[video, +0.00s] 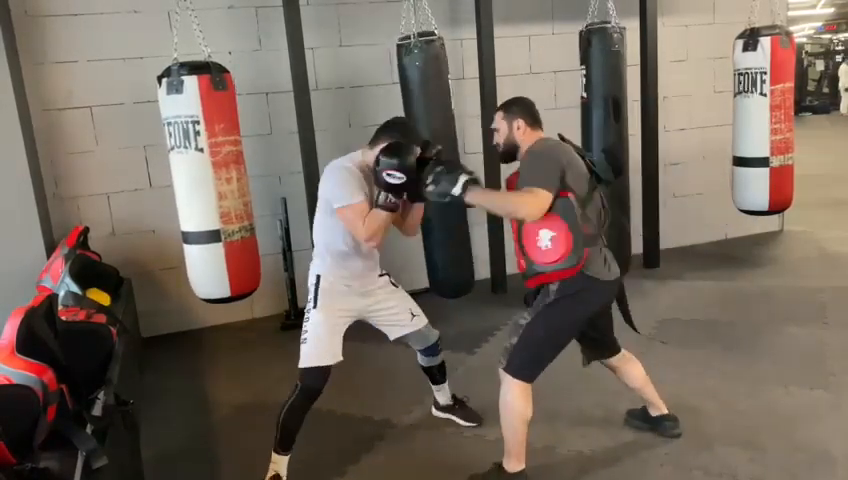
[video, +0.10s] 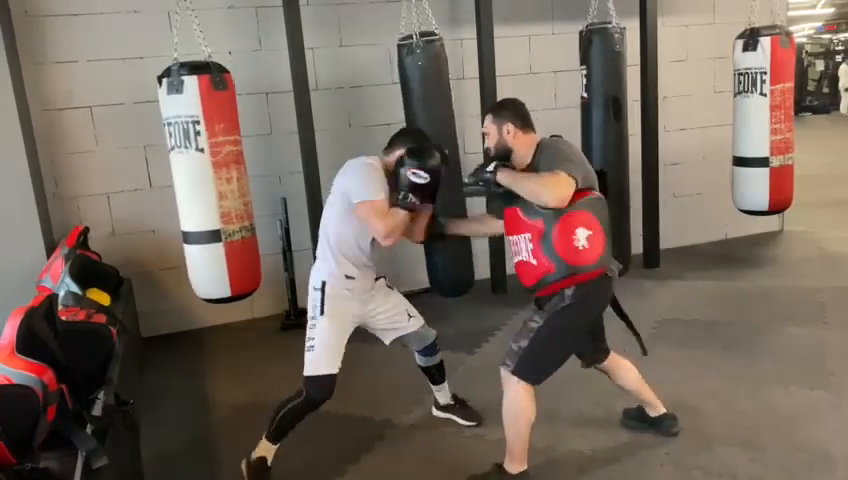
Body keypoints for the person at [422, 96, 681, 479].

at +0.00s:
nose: (493, 136)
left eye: (497, 128)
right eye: (493, 129)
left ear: (519, 125)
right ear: (529, 125)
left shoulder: (542, 153)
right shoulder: (560, 150)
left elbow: (531, 206)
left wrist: (465, 189)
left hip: (577, 284)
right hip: (598, 276)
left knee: (516, 372)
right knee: (610, 352)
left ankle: (513, 466)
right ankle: (660, 413)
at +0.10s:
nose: (487, 145)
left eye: (488, 136)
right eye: (486, 137)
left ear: (510, 130)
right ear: (513, 132)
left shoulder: (556, 150)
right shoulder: (523, 171)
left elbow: (556, 193)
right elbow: (500, 223)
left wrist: (500, 174)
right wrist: (439, 225)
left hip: (581, 283)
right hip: (570, 282)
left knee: (516, 373)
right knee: (598, 355)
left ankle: (514, 467)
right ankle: (657, 412)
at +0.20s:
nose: (491, 147)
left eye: (492, 138)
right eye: (490, 139)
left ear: (513, 134)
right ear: (517, 134)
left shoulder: (562, 157)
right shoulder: (524, 172)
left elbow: (563, 194)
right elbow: (513, 230)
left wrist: (500, 181)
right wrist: (475, 258)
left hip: (570, 292)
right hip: (566, 289)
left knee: (508, 376)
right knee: (594, 354)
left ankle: (512, 469)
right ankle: (656, 410)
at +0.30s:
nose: (505, 136)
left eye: (504, 128)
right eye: (502, 129)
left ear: (523, 123)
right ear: (537, 122)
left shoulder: (557, 152)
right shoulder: (569, 150)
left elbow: (550, 201)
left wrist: (504, 154)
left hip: (567, 286)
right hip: (599, 280)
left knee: (510, 372)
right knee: (614, 352)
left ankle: (513, 467)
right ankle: (660, 410)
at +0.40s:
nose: (520, 130)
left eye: (524, 123)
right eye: (520, 123)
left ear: (546, 121)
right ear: (557, 122)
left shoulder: (554, 151)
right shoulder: (585, 150)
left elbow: (514, 203)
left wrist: (477, 165)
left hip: (579, 282)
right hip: (615, 277)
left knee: (511, 368)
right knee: (620, 348)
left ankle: (515, 466)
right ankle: (664, 411)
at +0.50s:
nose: (530, 128)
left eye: (534, 120)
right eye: (530, 120)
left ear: (558, 119)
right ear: (567, 121)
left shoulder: (564, 151)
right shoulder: (593, 147)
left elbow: (531, 197)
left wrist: (489, 161)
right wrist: (512, 180)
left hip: (576, 284)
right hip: (611, 279)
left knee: (509, 366)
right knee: (618, 347)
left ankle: (512, 464)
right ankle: (664, 411)